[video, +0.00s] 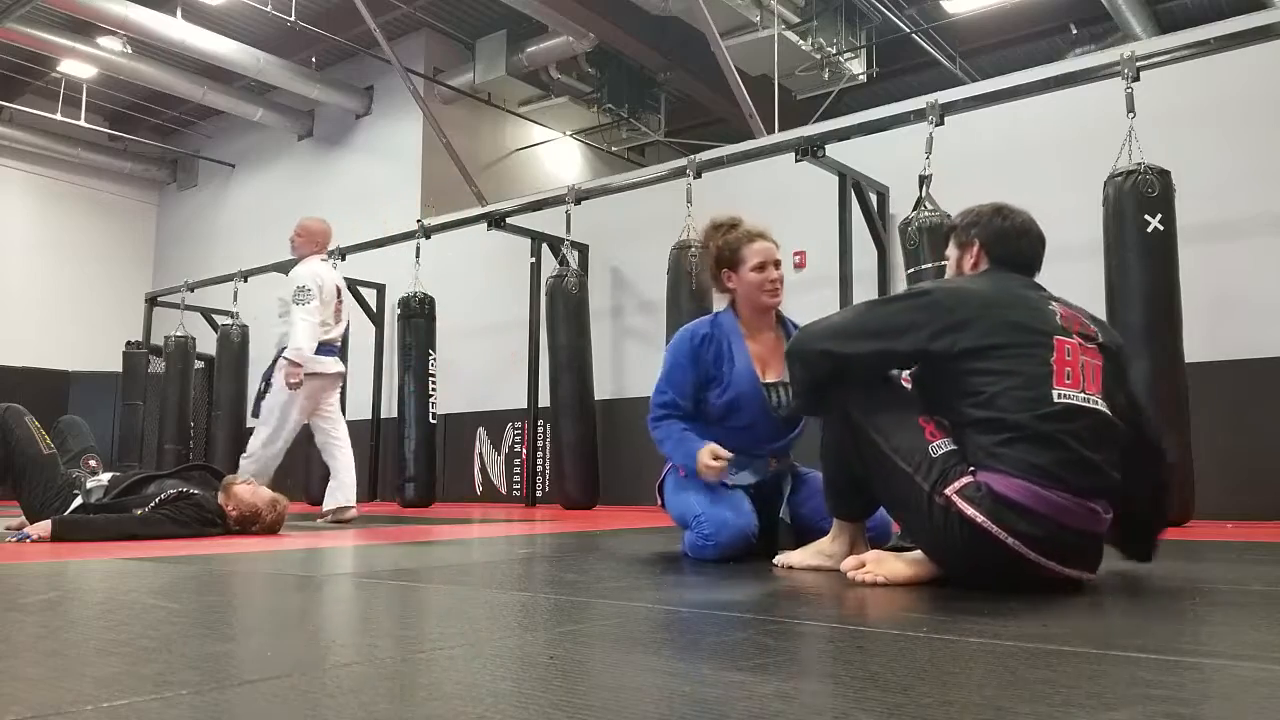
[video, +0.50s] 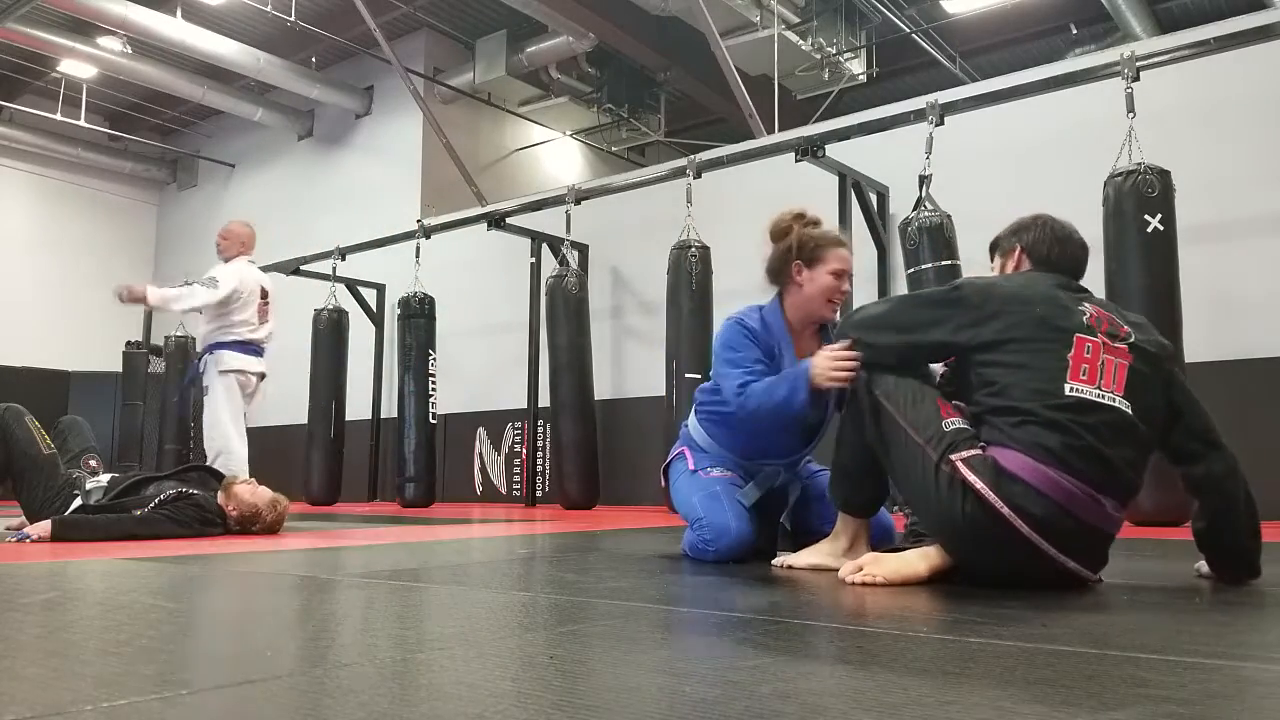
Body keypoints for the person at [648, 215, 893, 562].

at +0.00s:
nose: (775, 276)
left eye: (778, 266)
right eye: (760, 268)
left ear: (784, 269)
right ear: (730, 279)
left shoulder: (799, 340)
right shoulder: (695, 341)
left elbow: (833, 401)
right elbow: (664, 418)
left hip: (778, 475)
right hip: (704, 477)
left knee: (876, 527)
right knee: (733, 534)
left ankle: (776, 529)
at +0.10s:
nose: (791, 277)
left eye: (794, 267)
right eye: (777, 269)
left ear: (799, 272)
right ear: (745, 279)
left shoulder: (810, 343)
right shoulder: (705, 340)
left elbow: (843, 406)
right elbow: (660, 413)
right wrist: (676, 434)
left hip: (778, 475)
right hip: (704, 474)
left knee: (878, 528)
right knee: (734, 534)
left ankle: (777, 529)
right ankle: (697, 541)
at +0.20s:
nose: (808, 281)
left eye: (812, 272)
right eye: (795, 271)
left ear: (818, 276)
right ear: (762, 280)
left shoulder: (820, 346)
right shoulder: (719, 338)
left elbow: (852, 415)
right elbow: (663, 421)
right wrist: (684, 416)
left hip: (778, 475)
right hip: (704, 472)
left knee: (876, 529)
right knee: (732, 537)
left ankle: (783, 527)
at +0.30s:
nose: (827, 284)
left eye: (830, 276)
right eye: (814, 273)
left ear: (833, 281)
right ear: (779, 280)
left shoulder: (828, 349)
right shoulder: (731, 334)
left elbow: (852, 414)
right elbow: (681, 417)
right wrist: (713, 405)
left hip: (779, 475)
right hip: (705, 469)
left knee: (876, 529)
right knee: (731, 538)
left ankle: (777, 524)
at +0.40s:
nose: (839, 287)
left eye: (843, 277)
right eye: (828, 274)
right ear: (792, 276)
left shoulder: (837, 347)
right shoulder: (739, 332)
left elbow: (855, 412)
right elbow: (708, 411)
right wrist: (752, 391)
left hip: (785, 469)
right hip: (708, 464)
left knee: (877, 530)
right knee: (729, 539)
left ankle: (783, 526)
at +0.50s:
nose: (846, 289)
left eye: (848, 279)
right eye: (837, 276)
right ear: (799, 273)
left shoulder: (835, 342)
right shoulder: (741, 331)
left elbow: (860, 412)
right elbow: (744, 404)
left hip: (788, 466)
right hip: (710, 461)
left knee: (881, 532)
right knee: (730, 539)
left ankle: (783, 519)